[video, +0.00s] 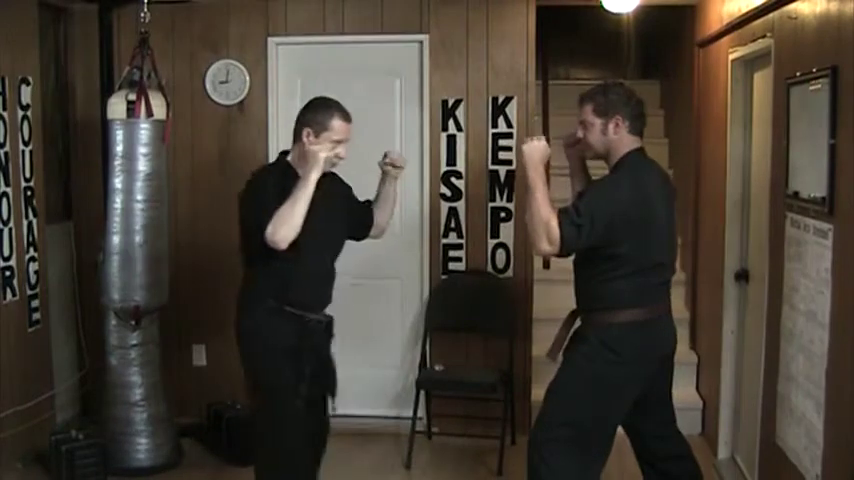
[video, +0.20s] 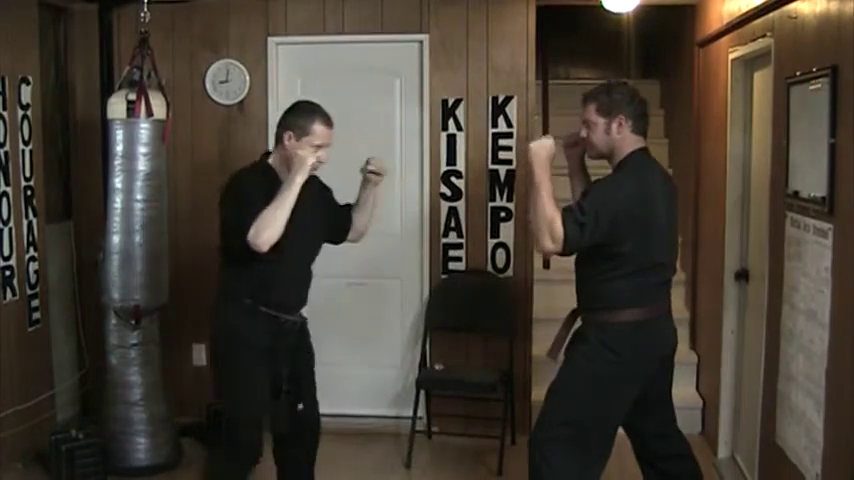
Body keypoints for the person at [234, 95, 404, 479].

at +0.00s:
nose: (343, 153)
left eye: (346, 144)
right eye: (335, 143)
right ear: (306, 138)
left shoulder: (332, 187)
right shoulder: (266, 182)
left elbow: (371, 226)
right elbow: (278, 237)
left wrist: (389, 179)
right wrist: (310, 174)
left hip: (313, 326)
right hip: (269, 326)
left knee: (313, 431)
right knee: (282, 434)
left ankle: (303, 475)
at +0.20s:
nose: (323, 157)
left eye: (326, 149)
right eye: (316, 147)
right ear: (288, 141)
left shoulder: (313, 191)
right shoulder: (246, 183)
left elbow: (350, 230)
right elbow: (260, 239)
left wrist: (368, 187)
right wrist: (296, 178)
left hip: (291, 328)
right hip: (243, 327)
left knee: (301, 433)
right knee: (242, 442)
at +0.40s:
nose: (290, 162)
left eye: (293, 154)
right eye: (285, 152)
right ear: (256, 148)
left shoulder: (272, 196)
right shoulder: (217, 191)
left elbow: (309, 236)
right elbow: (248, 242)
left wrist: (328, 192)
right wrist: (271, 179)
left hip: (262, 336)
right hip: (215, 335)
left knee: (296, 431)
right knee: (188, 430)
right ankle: (152, 474)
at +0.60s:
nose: (264, 172)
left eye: (267, 164)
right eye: (259, 163)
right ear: (231, 155)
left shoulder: (247, 202)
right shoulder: (188, 199)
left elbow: (276, 254)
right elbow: (214, 258)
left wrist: (299, 210)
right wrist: (248, 196)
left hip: (234, 343)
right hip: (184, 342)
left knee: (275, 433)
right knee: (159, 447)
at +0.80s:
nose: (271, 170)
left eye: (273, 162)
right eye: (267, 160)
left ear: (244, 157)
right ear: (239, 154)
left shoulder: (247, 198)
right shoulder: (194, 196)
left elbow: (282, 251)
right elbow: (231, 251)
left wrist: (303, 208)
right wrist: (257, 187)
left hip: (238, 341)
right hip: (189, 340)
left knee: (278, 428)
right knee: (162, 442)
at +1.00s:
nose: (304, 165)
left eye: (308, 156)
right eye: (301, 154)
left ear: (279, 152)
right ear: (273, 149)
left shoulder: (282, 196)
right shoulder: (231, 192)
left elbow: (318, 241)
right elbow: (267, 247)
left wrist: (341, 201)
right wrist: (290, 182)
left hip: (274, 336)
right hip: (228, 336)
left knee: (297, 430)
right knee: (214, 433)